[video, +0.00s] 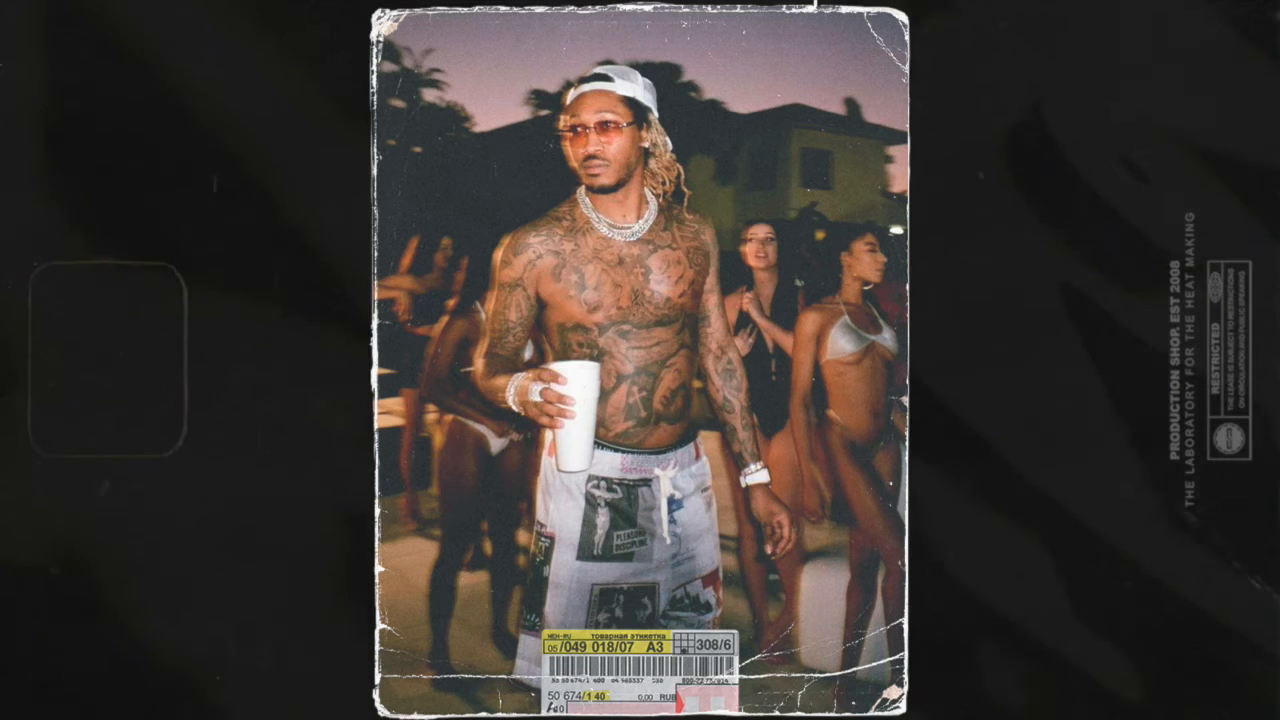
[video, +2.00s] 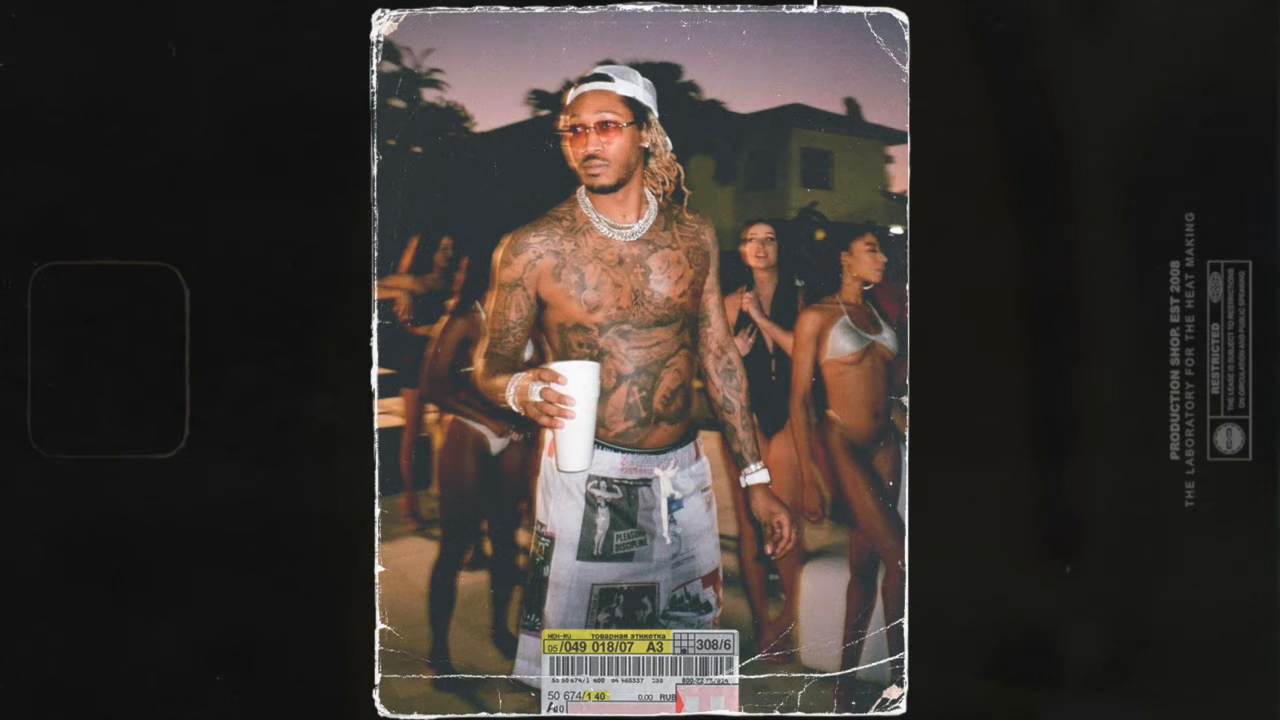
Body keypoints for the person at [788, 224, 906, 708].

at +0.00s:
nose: (882, 259)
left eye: (882, 251)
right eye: (871, 251)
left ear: (875, 262)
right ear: (843, 259)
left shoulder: (878, 316)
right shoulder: (818, 317)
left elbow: (886, 392)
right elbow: (798, 405)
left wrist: (901, 433)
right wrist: (813, 479)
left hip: (883, 448)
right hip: (839, 449)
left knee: (864, 563)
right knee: (898, 552)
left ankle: (846, 674)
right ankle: (902, 671)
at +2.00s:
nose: (882, 259)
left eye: (881, 251)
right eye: (871, 251)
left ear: (870, 262)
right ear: (843, 259)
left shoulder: (878, 315)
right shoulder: (818, 317)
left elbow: (887, 391)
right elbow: (799, 403)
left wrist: (902, 432)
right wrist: (812, 478)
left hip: (882, 447)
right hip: (839, 448)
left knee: (863, 563)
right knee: (897, 550)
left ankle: (846, 674)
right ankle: (902, 669)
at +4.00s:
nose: (882, 259)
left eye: (881, 251)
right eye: (871, 251)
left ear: (870, 261)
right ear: (844, 259)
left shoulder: (877, 315)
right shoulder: (818, 317)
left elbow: (885, 394)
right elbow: (798, 403)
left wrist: (901, 444)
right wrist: (813, 478)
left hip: (881, 448)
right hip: (838, 449)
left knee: (864, 562)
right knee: (898, 553)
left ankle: (846, 673)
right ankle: (903, 672)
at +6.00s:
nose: (882, 258)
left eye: (881, 251)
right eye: (871, 251)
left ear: (871, 262)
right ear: (844, 259)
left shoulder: (877, 315)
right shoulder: (818, 317)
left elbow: (887, 390)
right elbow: (799, 403)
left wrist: (900, 434)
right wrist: (812, 478)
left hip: (882, 447)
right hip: (838, 448)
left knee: (863, 563)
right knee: (898, 551)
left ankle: (847, 673)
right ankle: (903, 669)